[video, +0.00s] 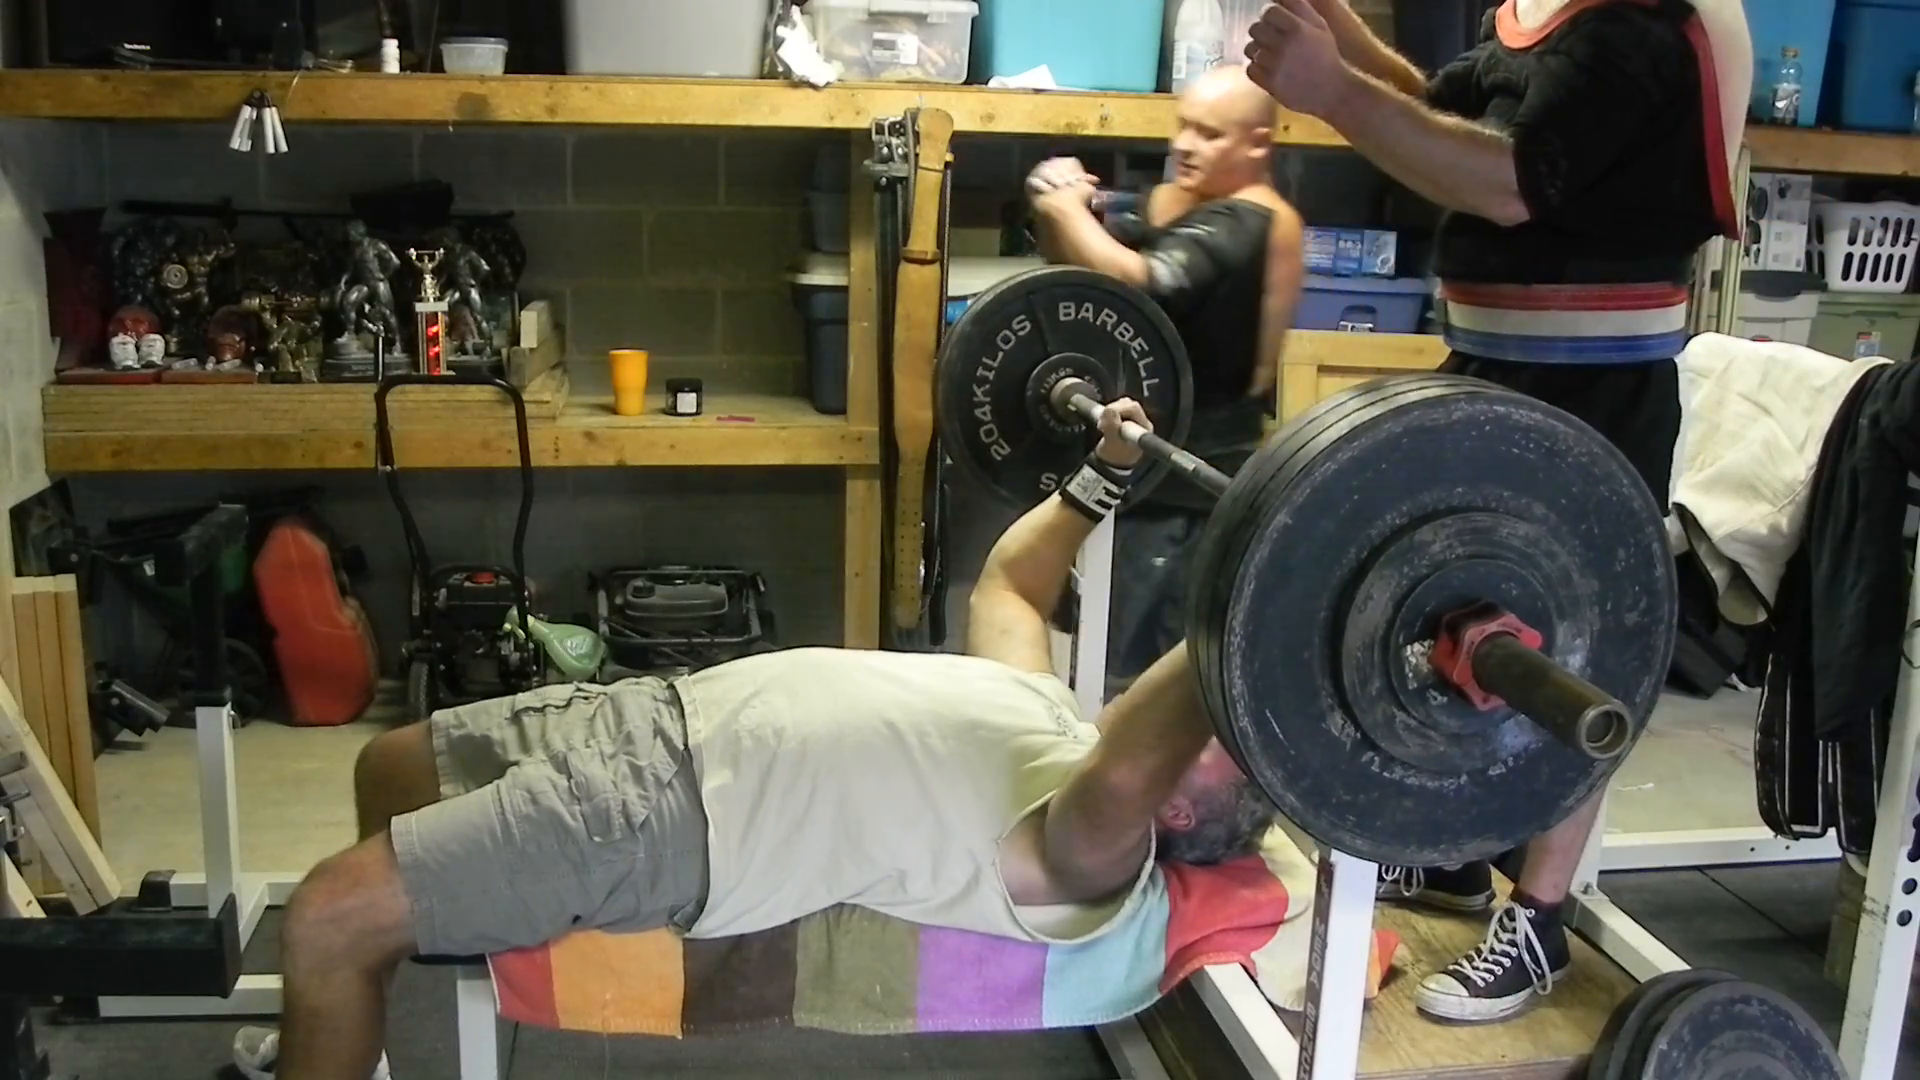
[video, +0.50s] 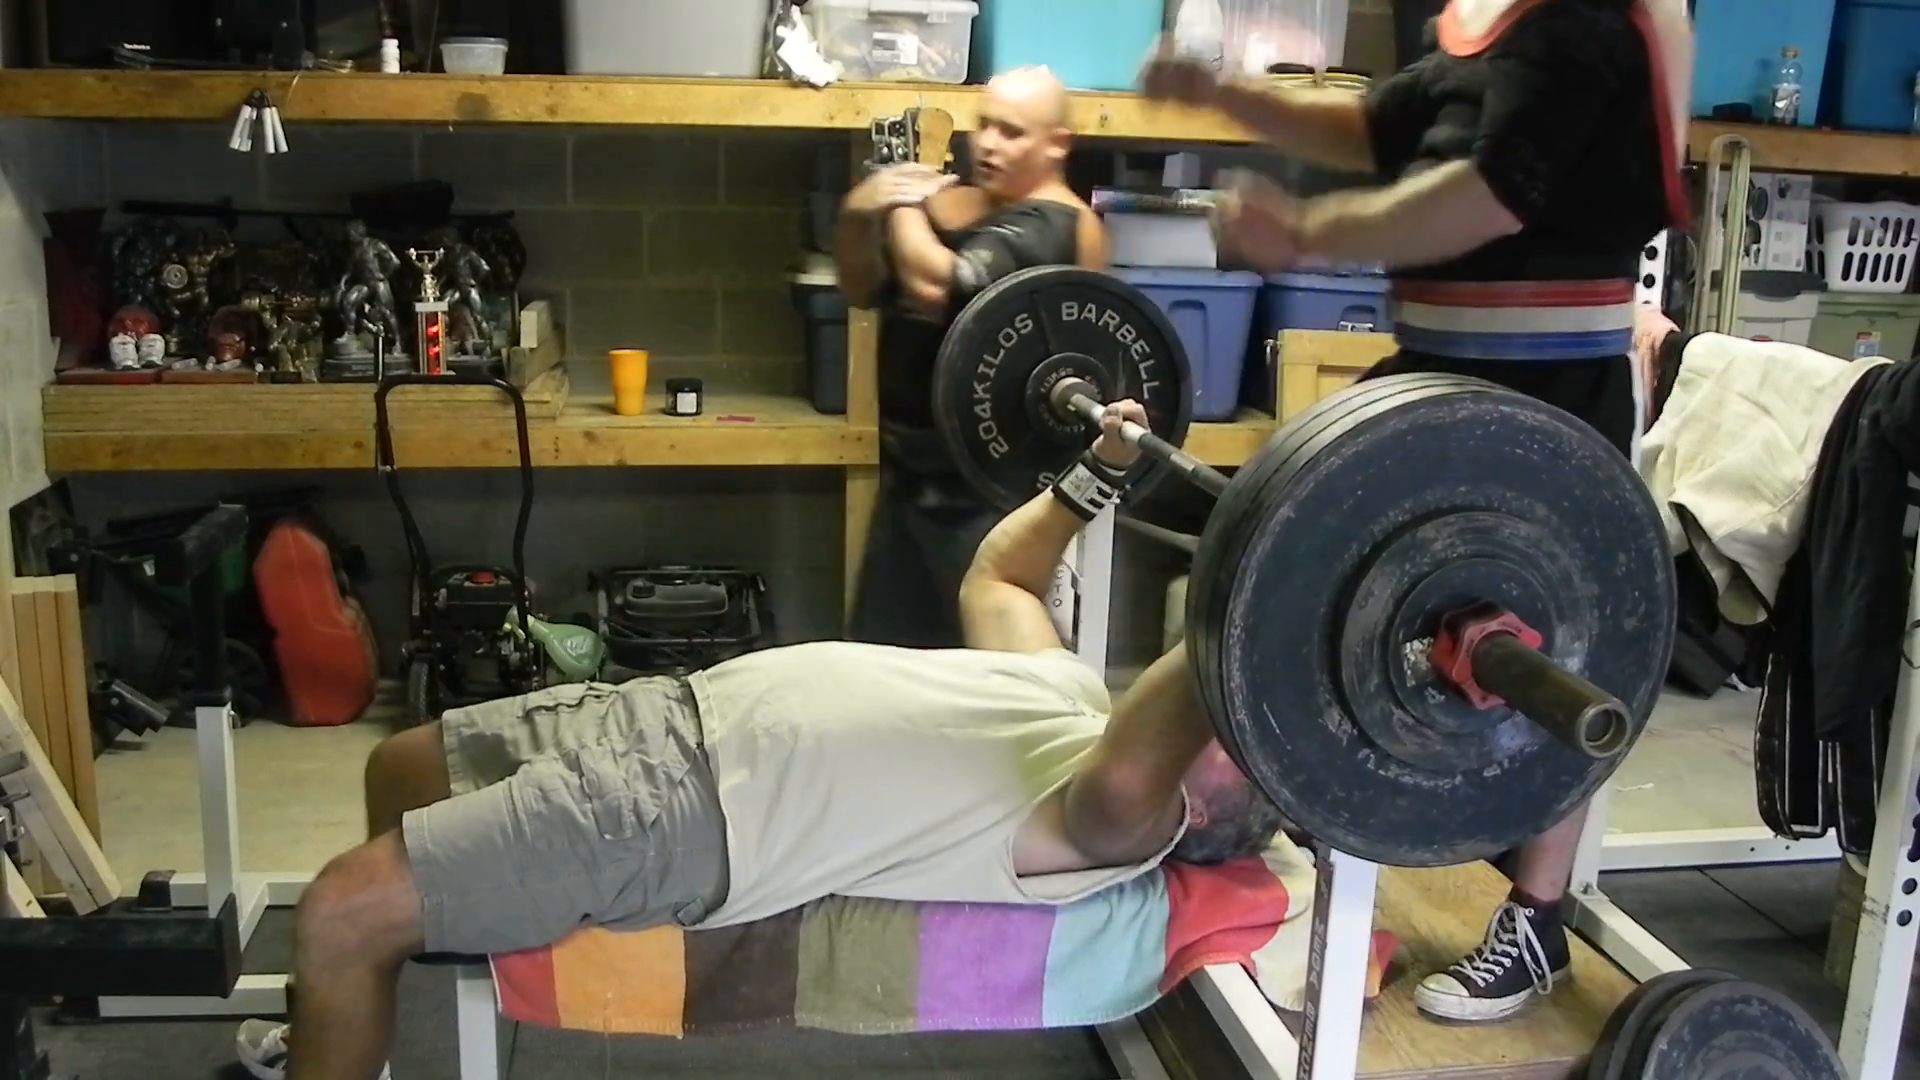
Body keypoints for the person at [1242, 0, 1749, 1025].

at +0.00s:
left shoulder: (1637, 28)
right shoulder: (1528, 15)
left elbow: (1510, 181)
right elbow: (1461, 119)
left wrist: (1337, 94)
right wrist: (1349, 47)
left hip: (1598, 381)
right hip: (1493, 365)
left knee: (1579, 650)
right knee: (1464, 617)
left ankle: (1538, 915)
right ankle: (1455, 850)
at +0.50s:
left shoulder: (1584, 32)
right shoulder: (1469, 34)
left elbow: (1491, 193)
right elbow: (1373, 129)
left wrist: (1305, 228)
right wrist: (1225, 98)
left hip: (1553, 385)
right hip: (1436, 370)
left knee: (1554, 650)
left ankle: (1535, 918)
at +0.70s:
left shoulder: (1511, 26)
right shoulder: (1395, 30)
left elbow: (1467, 214)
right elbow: (1306, 166)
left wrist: (1353, 377)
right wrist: (1170, 239)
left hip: (1518, 374)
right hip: (1413, 370)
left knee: (1526, 637)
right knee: (1366, 611)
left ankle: (1530, 916)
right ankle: (1332, 817)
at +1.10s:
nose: (1172, 13)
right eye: (1170, 6)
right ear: (1223, 1)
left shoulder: (1378, 33)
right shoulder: (1243, 85)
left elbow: (1393, 225)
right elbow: (1204, 234)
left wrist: (1340, 407)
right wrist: (1154, 385)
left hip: (1462, 339)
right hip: (1346, 351)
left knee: (1464, 619)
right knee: (1324, 603)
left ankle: (1468, 888)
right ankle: (1335, 856)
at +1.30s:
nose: (1151, 19)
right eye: (1143, 6)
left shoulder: (1363, 27)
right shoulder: (1202, 62)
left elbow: (1386, 200)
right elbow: (1185, 229)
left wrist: (1330, 356)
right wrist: (1150, 390)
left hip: (1447, 334)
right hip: (1313, 346)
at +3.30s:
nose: (1060, 52)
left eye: (1059, 31)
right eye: (1048, 40)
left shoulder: (1271, 48)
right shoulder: (1144, 56)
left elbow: (1324, 271)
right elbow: (1140, 224)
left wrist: (1292, 479)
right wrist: (1139, 392)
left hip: (1412, 327)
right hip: (1294, 333)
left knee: (1311, 595)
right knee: (1241, 576)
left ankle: (1258, 895)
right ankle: (1198, 820)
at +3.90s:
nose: (1065, 39)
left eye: (1071, 15)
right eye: (1051, 27)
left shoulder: (1291, 48)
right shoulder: (1130, 72)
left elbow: (1326, 244)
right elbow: (1137, 227)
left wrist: (1288, 435)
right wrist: (1141, 388)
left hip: (1401, 329)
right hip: (1282, 344)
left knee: (1323, 598)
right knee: (1246, 583)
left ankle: (1269, 891)